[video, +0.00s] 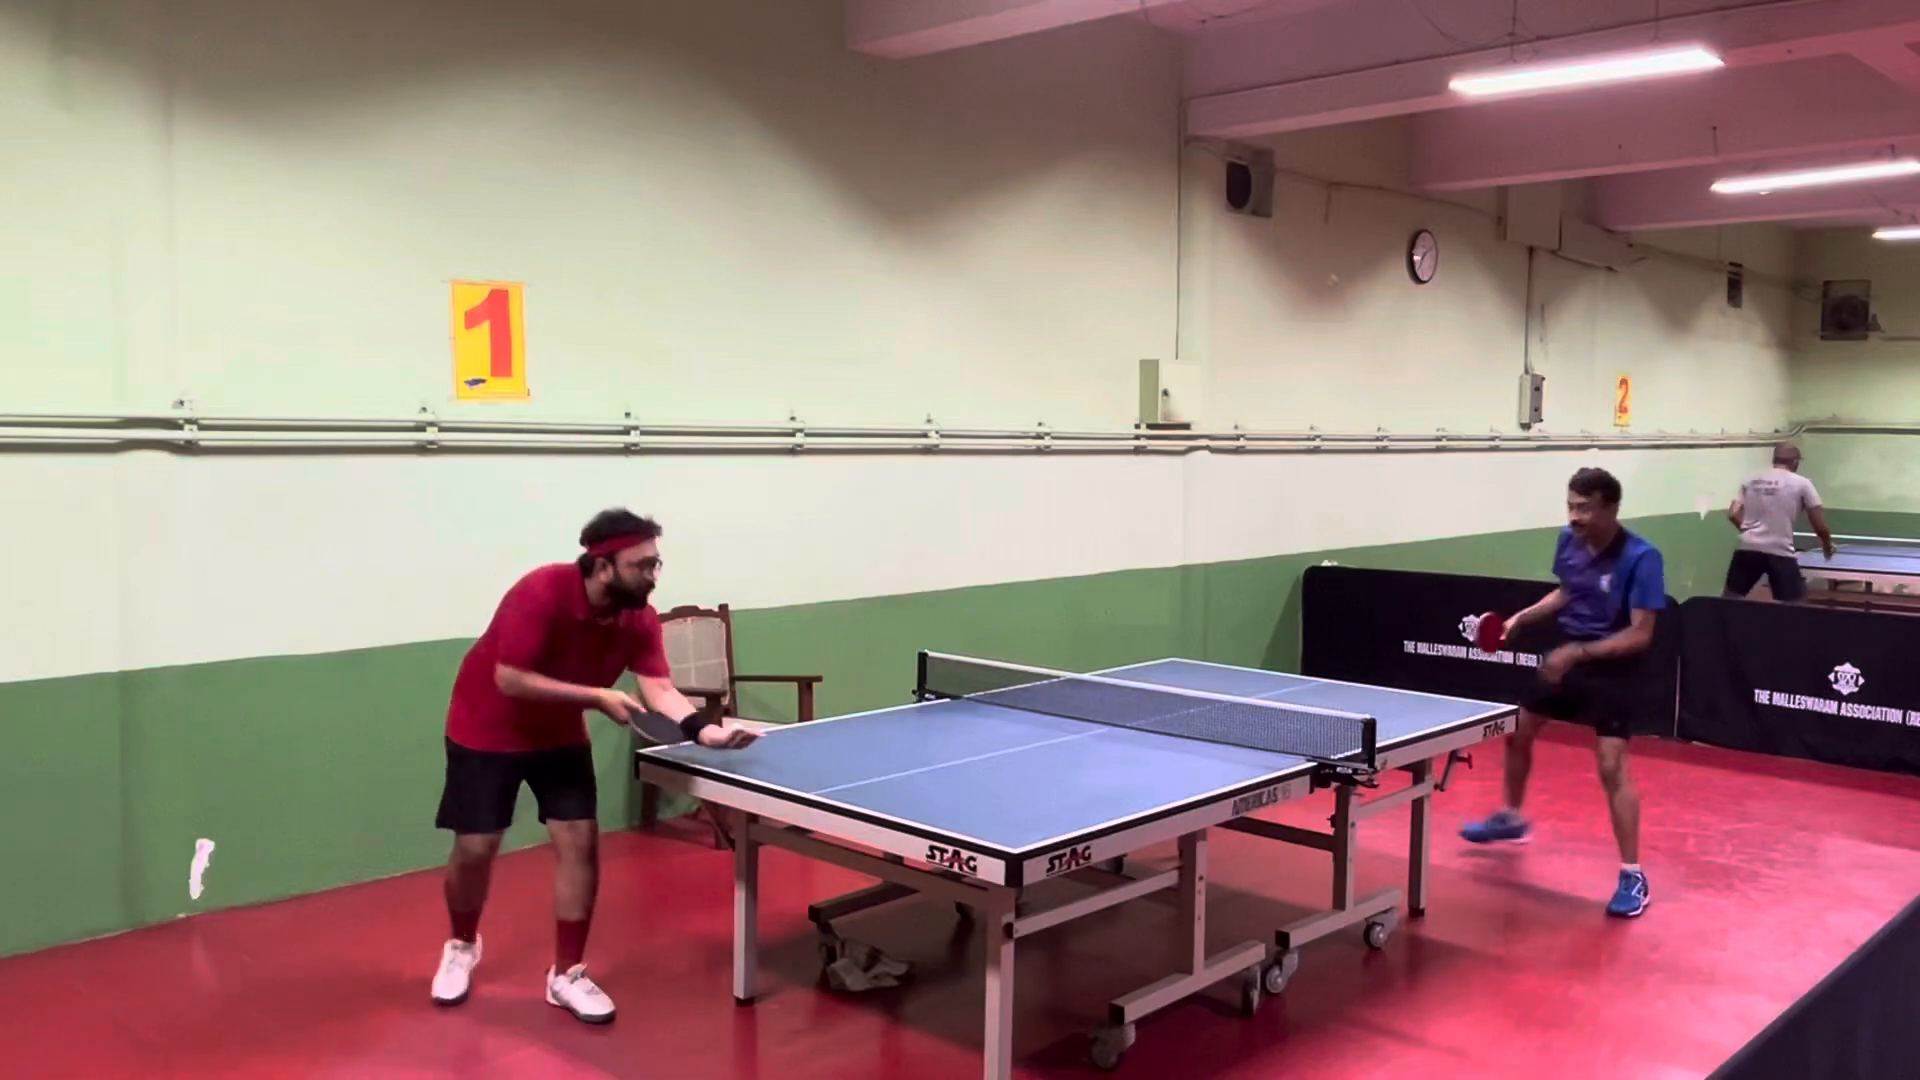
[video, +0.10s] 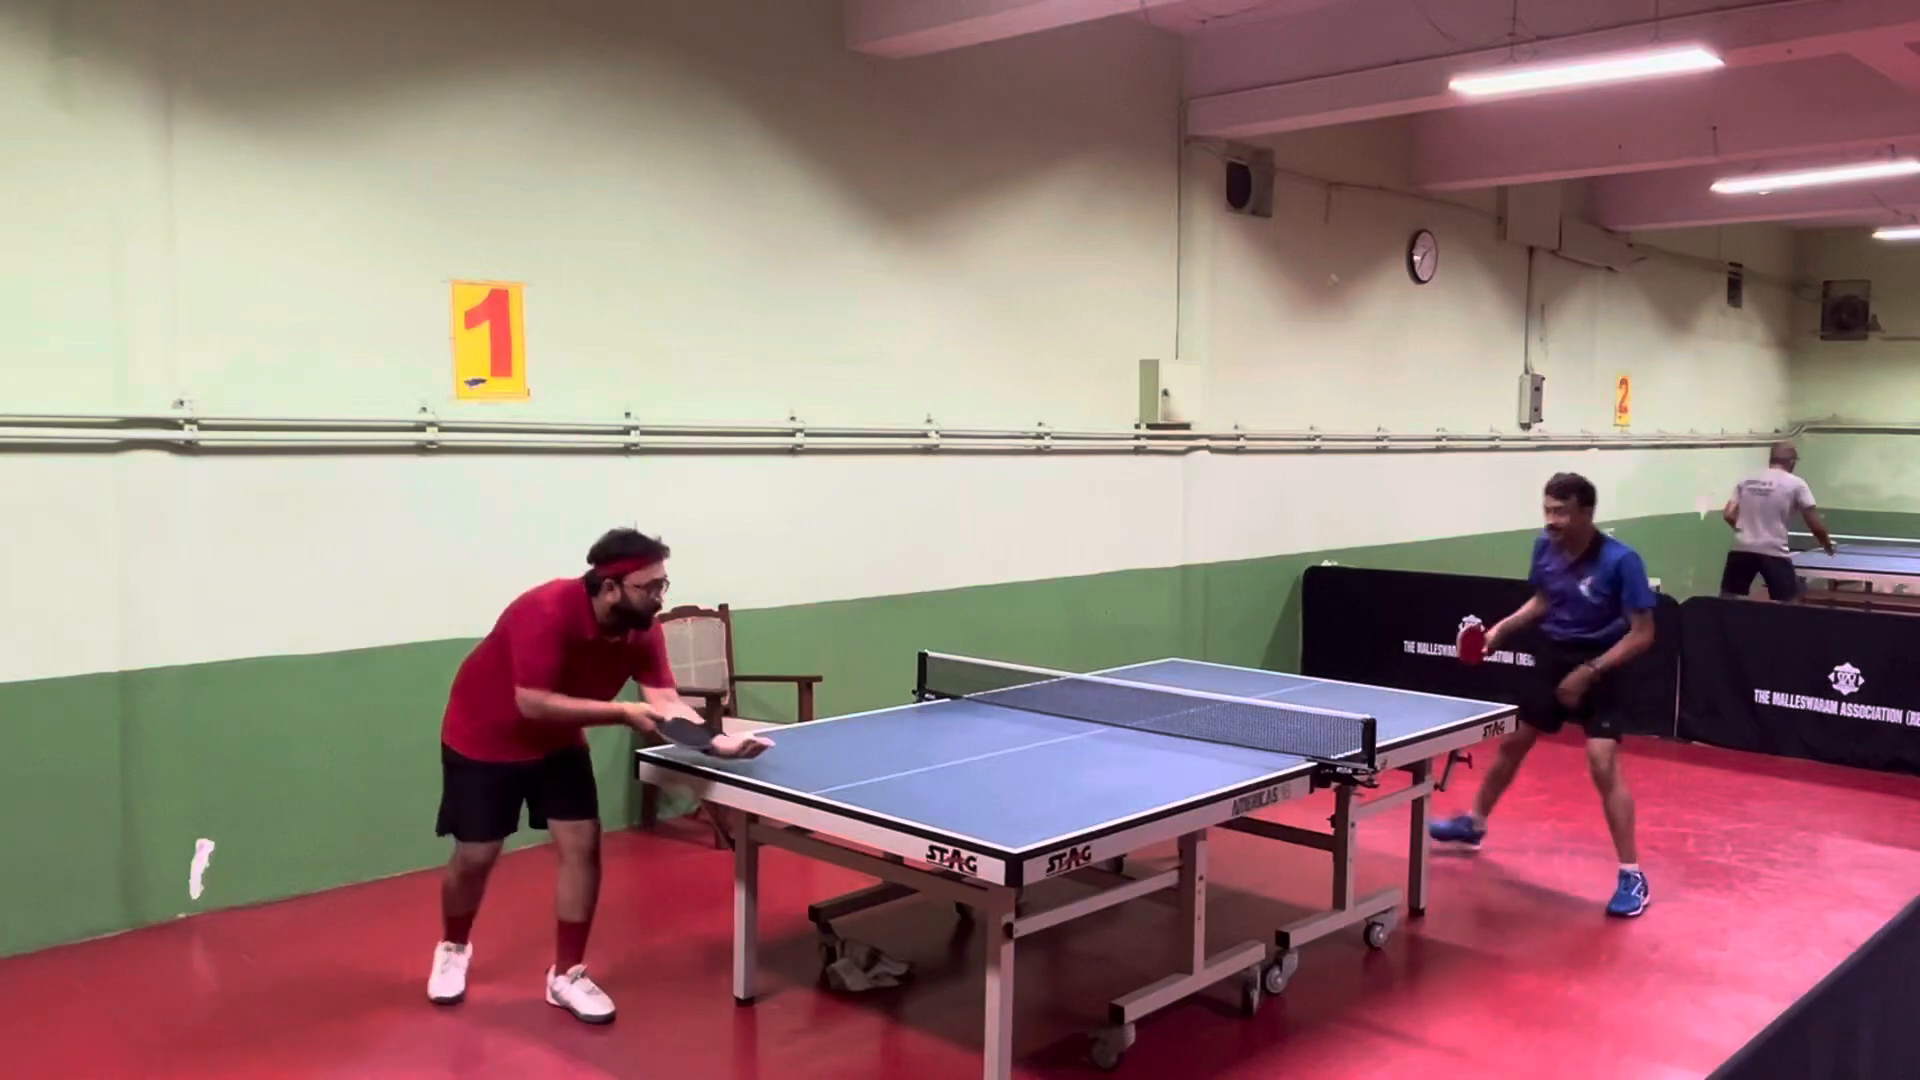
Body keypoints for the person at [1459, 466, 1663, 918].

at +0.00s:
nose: (1574, 517)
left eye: (1583, 509)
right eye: (1571, 508)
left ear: (1611, 510)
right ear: (1570, 506)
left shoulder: (1642, 559)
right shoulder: (1569, 543)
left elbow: (1641, 634)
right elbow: (1566, 593)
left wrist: (1575, 651)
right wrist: (1518, 620)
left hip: (1618, 662)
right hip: (1571, 654)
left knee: (1611, 765)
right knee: (1520, 727)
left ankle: (1631, 875)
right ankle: (1510, 815)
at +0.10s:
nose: (1551, 522)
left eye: (1559, 513)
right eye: (1547, 513)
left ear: (1587, 513)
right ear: (1544, 512)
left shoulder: (1622, 562)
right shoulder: (1546, 547)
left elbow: (1642, 632)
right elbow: (1541, 600)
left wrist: (1591, 669)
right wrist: (1498, 630)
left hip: (1604, 664)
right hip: (1554, 658)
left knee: (1602, 764)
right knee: (1515, 741)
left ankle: (1631, 875)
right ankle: (1475, 822)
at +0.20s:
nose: (1524, 526)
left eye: (1533, 518)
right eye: (1520, 518)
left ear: (1559, 518)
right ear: (1518, 518)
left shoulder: (1596, 562)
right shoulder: (1518, 558)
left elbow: (1636, 627)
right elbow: (1518, 612)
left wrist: (1592, 672)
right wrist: (1478, 642)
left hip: (1583, 667)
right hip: (1532, 665)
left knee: (1591, 765)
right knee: (1485, 744)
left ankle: (1629, 874)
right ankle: (1462, 826)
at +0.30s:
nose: (1498, 530)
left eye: (1505, 522)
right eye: (1494, 523)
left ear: (1533, 520)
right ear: (1495, 523)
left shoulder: (1575, 559)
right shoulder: (1500, 562)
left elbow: (1624, 615)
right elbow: (1496, 619)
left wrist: (1581, 664)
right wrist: (1465, 650)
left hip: (1569, 667)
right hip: (1518, 667)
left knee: (1590, 764)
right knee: (1464, 733)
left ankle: (1628, 874)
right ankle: (1459, 826)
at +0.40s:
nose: (1483, 531)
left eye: (1490, 523)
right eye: (1478, 524)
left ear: (1517, 521)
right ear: (1479, 526)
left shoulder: (1566, 558)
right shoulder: (1488, 567)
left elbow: (1621, 598)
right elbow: (1489, 622)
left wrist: (1578, 644)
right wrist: (1460, 646)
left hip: (1567, 666)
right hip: (1513, 664)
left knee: (1590, 763)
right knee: (1463, 736)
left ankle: (1629, 873)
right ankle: (1460, 827)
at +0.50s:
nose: (1474, 538)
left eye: (1481, 530)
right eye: (1470, 531)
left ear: (1509, 527)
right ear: (1471, 532)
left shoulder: (1558, 561)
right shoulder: (1484, 571)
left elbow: (1617, 596)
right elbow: (1488, 624)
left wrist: (1578, 644)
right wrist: (1459, 648)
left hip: (1567, 666)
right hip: (1514, 665)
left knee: (1590, 763)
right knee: (1463, 734)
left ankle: (1629, 874)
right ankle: (1460, 826)